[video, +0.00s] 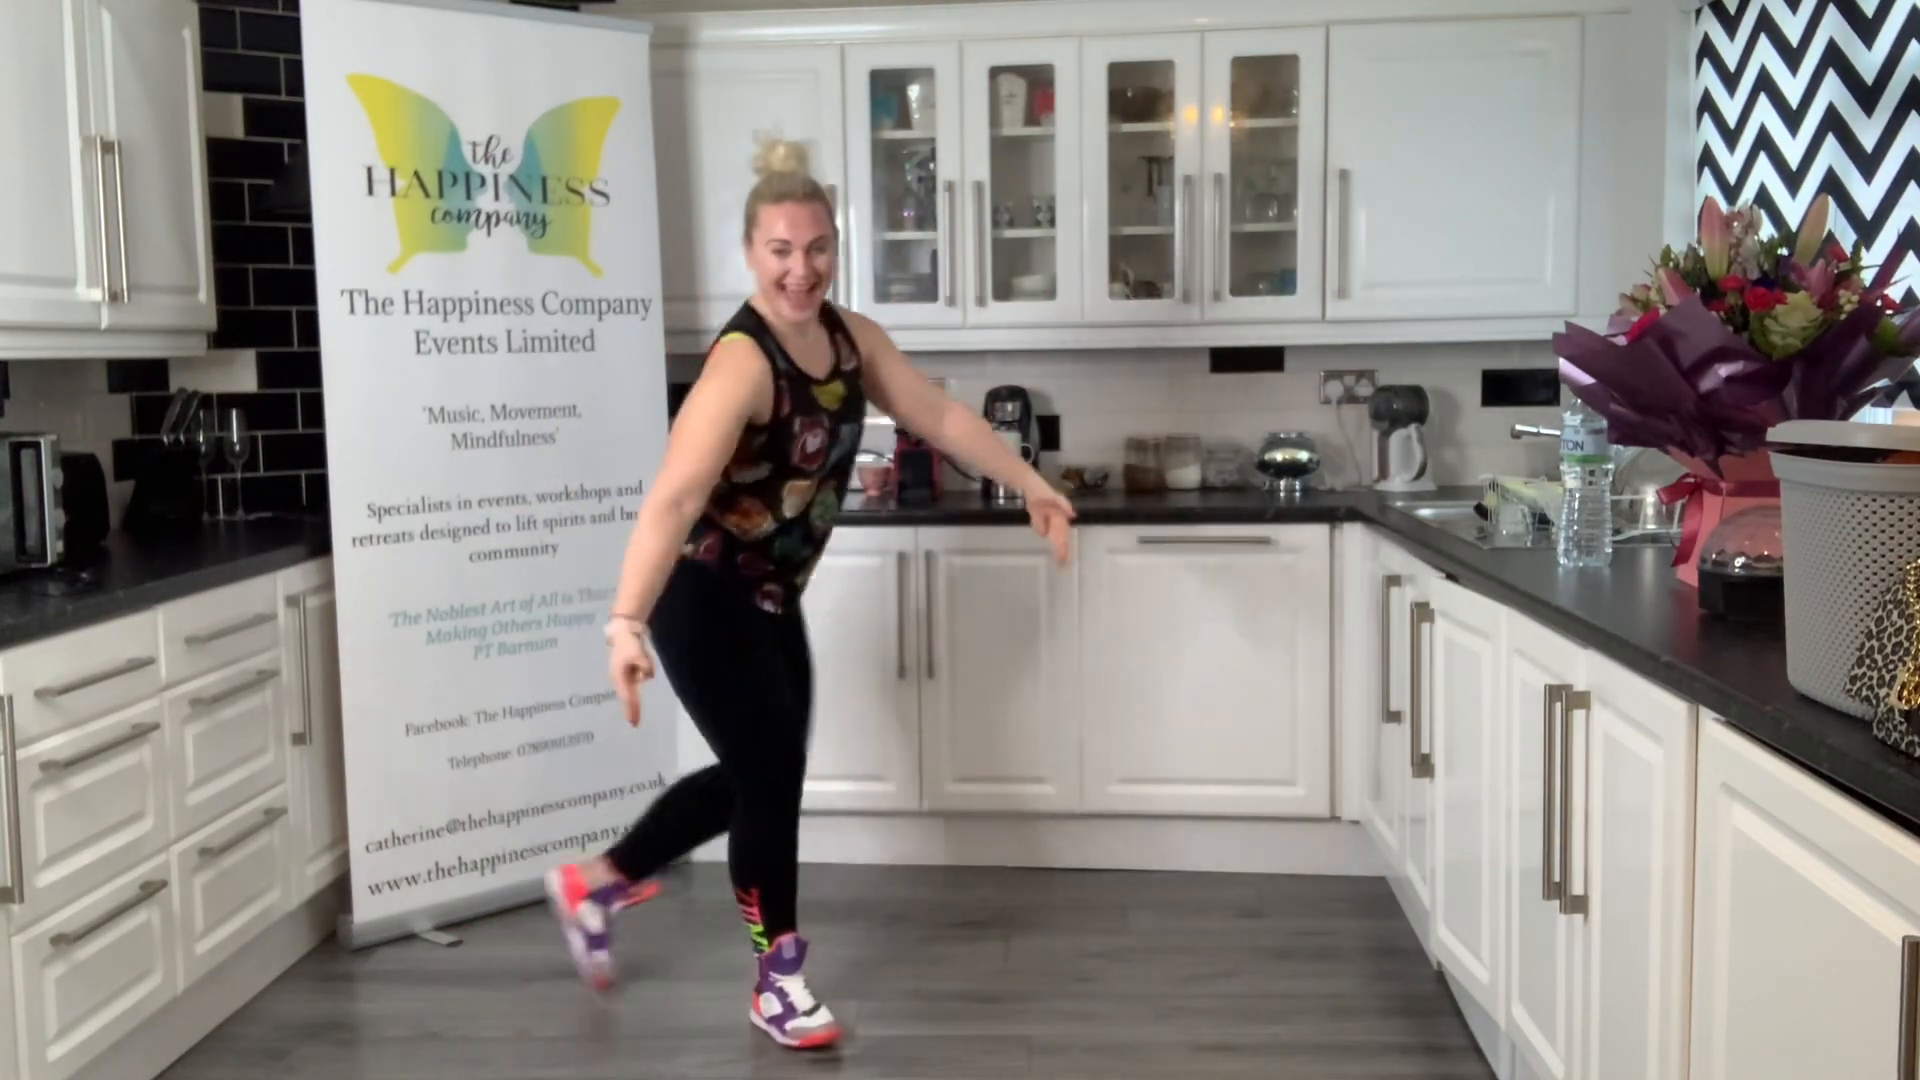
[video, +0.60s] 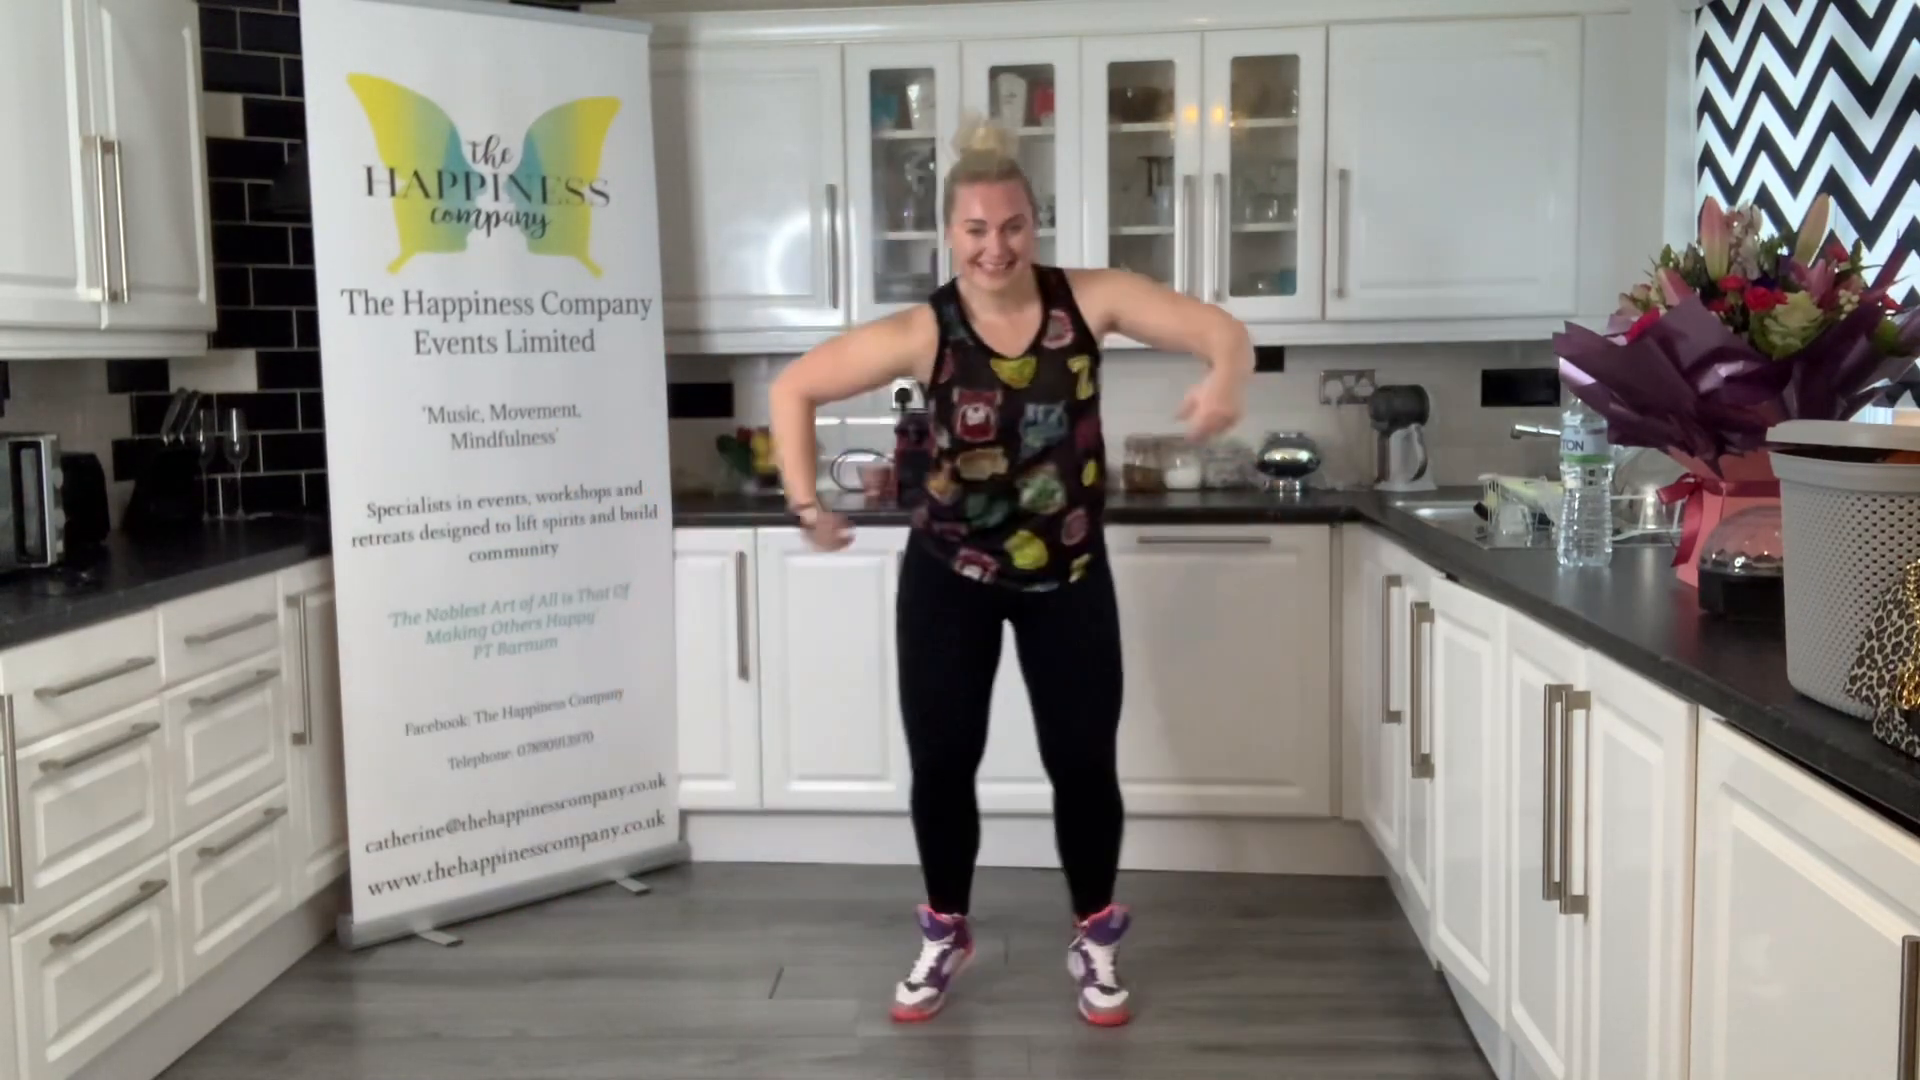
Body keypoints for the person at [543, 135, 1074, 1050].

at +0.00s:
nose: (799, 266)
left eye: (815, 247)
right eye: (780, 249)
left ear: (835, 248)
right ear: (750, 252)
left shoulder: (854, 338)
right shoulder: (742, 364)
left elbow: (938, 416)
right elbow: (674, 495)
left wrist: (1032, 485)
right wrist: (628, 615)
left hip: (773, 595)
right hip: (700, 594)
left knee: (761, 770)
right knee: (768, 765)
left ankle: (598, 885)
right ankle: (778, 976)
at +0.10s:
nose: (830, 261)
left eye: (846, 243)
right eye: (810, 244)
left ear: (868, 244)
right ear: (781, 247)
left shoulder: (892, 334)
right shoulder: (769, 355)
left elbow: (977, 418)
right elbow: (688, 484)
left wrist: (1065, 484)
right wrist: (617, 597)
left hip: (815, 585)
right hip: (728, 584)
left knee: (880, 744)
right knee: (780, 773)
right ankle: (781, 975)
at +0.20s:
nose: (860, 269)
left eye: (877, 249)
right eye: (840, 251)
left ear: (900, 248)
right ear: (813, 253)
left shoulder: (927, 342)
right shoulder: (797, 365)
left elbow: (1020, 417)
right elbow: (710, 490)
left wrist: (1115, 480)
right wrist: (628, 596)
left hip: (860, 589)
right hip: (766, 596)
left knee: (951, 734)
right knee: (811, 773)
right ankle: (783, 980)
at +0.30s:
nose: (894, 273)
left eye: (911, 254)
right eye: (875, 256)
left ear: (934, 253)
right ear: (849, 260)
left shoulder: (977, 347)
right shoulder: (834, 369)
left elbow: (1079, 411)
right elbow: (743, 485)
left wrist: (1181, 473)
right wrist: (651, 588)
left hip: (920, 596)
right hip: (817, 601)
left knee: (992, 768)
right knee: (841, 783)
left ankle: (1054, 943)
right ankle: (787, 982)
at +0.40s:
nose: (931, 264)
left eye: (947, 244)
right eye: (911, 247)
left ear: (973, 245)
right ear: (887, 253)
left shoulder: (1031, 329)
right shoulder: (870, 359)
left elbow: (1147, 382)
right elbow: (767, 468)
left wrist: (1256, 442)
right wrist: (675, 558)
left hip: (984, 591)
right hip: (874, 593)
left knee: (1029, 776)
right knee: (865, 780)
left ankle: (1067, 955)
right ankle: (806, 969)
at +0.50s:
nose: (965, 251)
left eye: (982, 231)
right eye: (945, 234)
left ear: (1007, 230)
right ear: (919, 240)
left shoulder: (1067, 307)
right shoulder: (899, 341)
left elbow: (1186, 335)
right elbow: (772, 424)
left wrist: (1274, 392)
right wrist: (721, 532)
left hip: (1032, 580)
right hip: (918, 583)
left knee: (1058, 775)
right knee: (899, 770)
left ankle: (1068, 952)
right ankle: (883, 930)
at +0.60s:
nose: (994, 245)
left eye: (1011, 225)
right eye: (975, 228)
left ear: (1036, 225)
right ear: (949, 233)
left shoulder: (1093, 298)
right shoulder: (921, 333)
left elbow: (1222, 329)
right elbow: (793, 388)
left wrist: (1227, 382)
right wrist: (806, 500)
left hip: (1067, 575)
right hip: (948, 576)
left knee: (1084, 767)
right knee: (940, 767)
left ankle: (1096, 940)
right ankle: (945, 934)